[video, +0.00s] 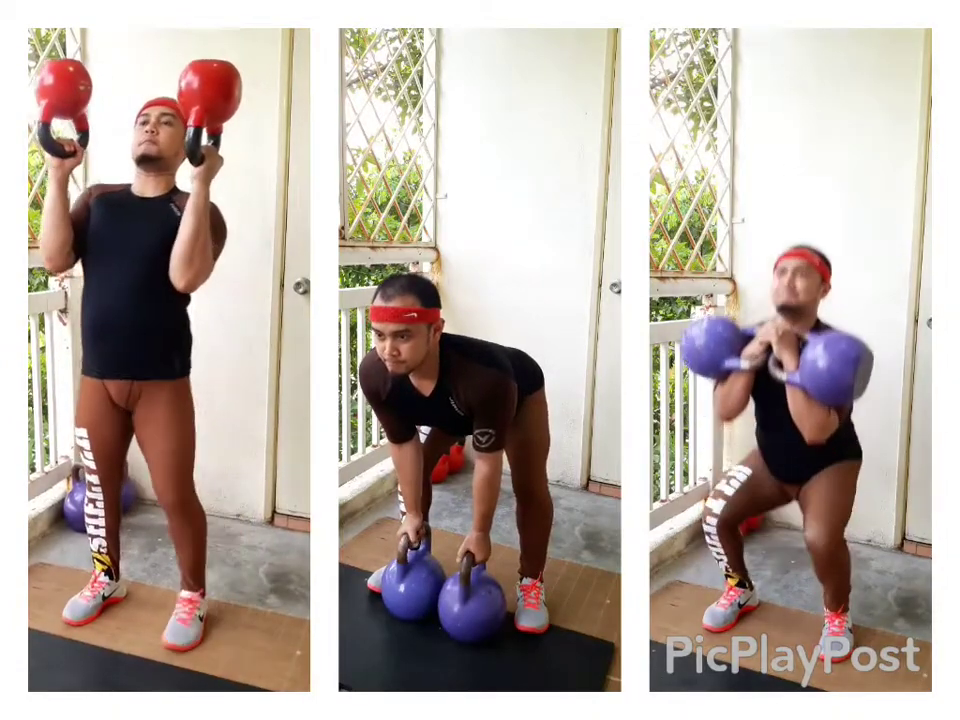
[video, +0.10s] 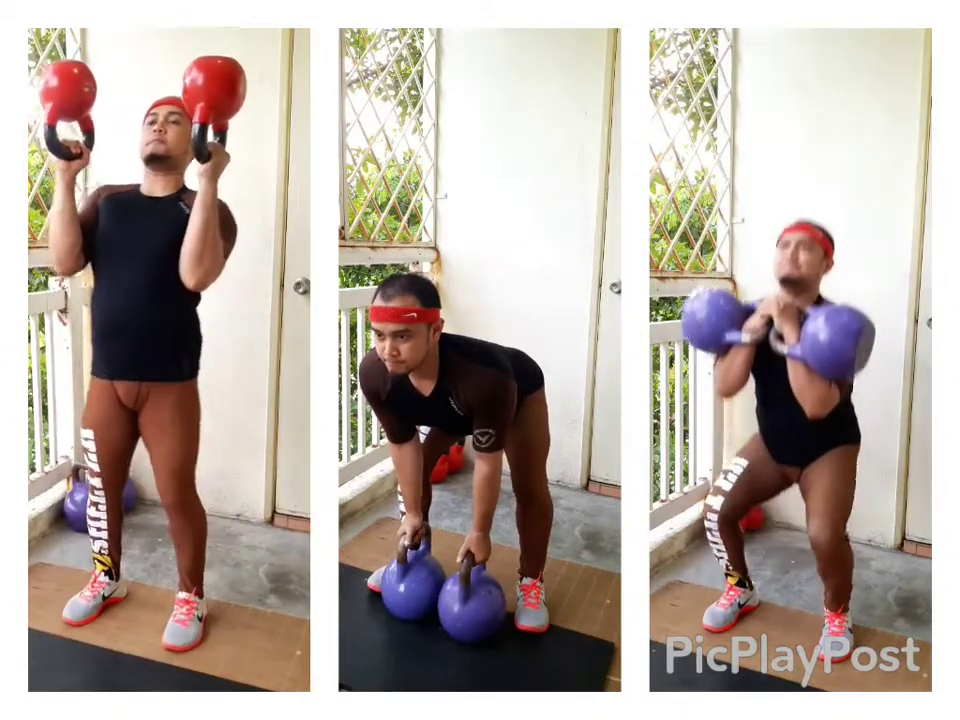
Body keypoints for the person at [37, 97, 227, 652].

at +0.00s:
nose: (149, 129)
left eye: (163, 123)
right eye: (142, 122)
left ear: (186, 144)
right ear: (130, 140)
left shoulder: (198, 212)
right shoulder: (97, 200)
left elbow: (186, 276)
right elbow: (55, 261)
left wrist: (199, 187)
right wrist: (58, 175)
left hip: (162, 380)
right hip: (97, 375)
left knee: (175, 495)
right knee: (101, 485)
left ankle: (192, 594)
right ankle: (105, 577)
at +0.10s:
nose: (158, 128)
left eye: (172, 122)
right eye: (151, 122)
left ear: (194, 141)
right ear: (139, 140)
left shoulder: (209, 211)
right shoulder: (106, 200)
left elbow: (196, 275)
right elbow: (64, 262)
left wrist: (206, 185)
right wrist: (66, 176)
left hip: (170, 382)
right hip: (106, 376)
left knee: (177, 497)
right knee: (104, 486)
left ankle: (190, 597)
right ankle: (106, 577)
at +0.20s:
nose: (165, 127)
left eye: (179, 121)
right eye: (157, 121)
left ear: (202, 140)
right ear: (146, 141)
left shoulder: (221, 210)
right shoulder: (115, 202)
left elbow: (207, 272)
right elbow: (72, 266)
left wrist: (213, 179)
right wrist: (74, 180)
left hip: (182, 383)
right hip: (117, 378)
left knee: (186, 496)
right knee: (104, 486)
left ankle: (190, 597)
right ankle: (107, 576)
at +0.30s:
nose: (170, 127)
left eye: (184, 119)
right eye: (162, 120)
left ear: (208, 139)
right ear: (152, 140)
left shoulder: (227, 206)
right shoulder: (122, 201)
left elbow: (216, 270)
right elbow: (82, 265)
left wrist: (222, 176)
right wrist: (78, 183)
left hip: (189, 382)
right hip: (123, 377)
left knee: (189, 496)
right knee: (109, 487)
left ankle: (190, 597)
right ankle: (117, 576)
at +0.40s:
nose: (173, 127)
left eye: (188, 120)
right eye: (165, 121)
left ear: (212, 139)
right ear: (155, 140)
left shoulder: (232, 207)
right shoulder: (125, 201)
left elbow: (222, 270)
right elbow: (85, 266)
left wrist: (226, 178)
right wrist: (82, 183)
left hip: (191, 381)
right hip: (125, 376)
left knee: (190, 495)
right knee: (121, 490)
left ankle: (190, 597)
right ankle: (131, 582)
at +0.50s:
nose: (174, 127)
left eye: (190, 121)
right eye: (167, 121)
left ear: (213, 140)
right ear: (156, 140)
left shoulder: (231, 207)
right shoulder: (125, 202)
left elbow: (222, 272)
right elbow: (84, 266)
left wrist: (228, 179)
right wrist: (82, 182)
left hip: (191, 379)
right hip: (126, 375)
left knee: (189, 493)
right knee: (131, 490)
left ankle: (190, 597)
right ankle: (136, 586)